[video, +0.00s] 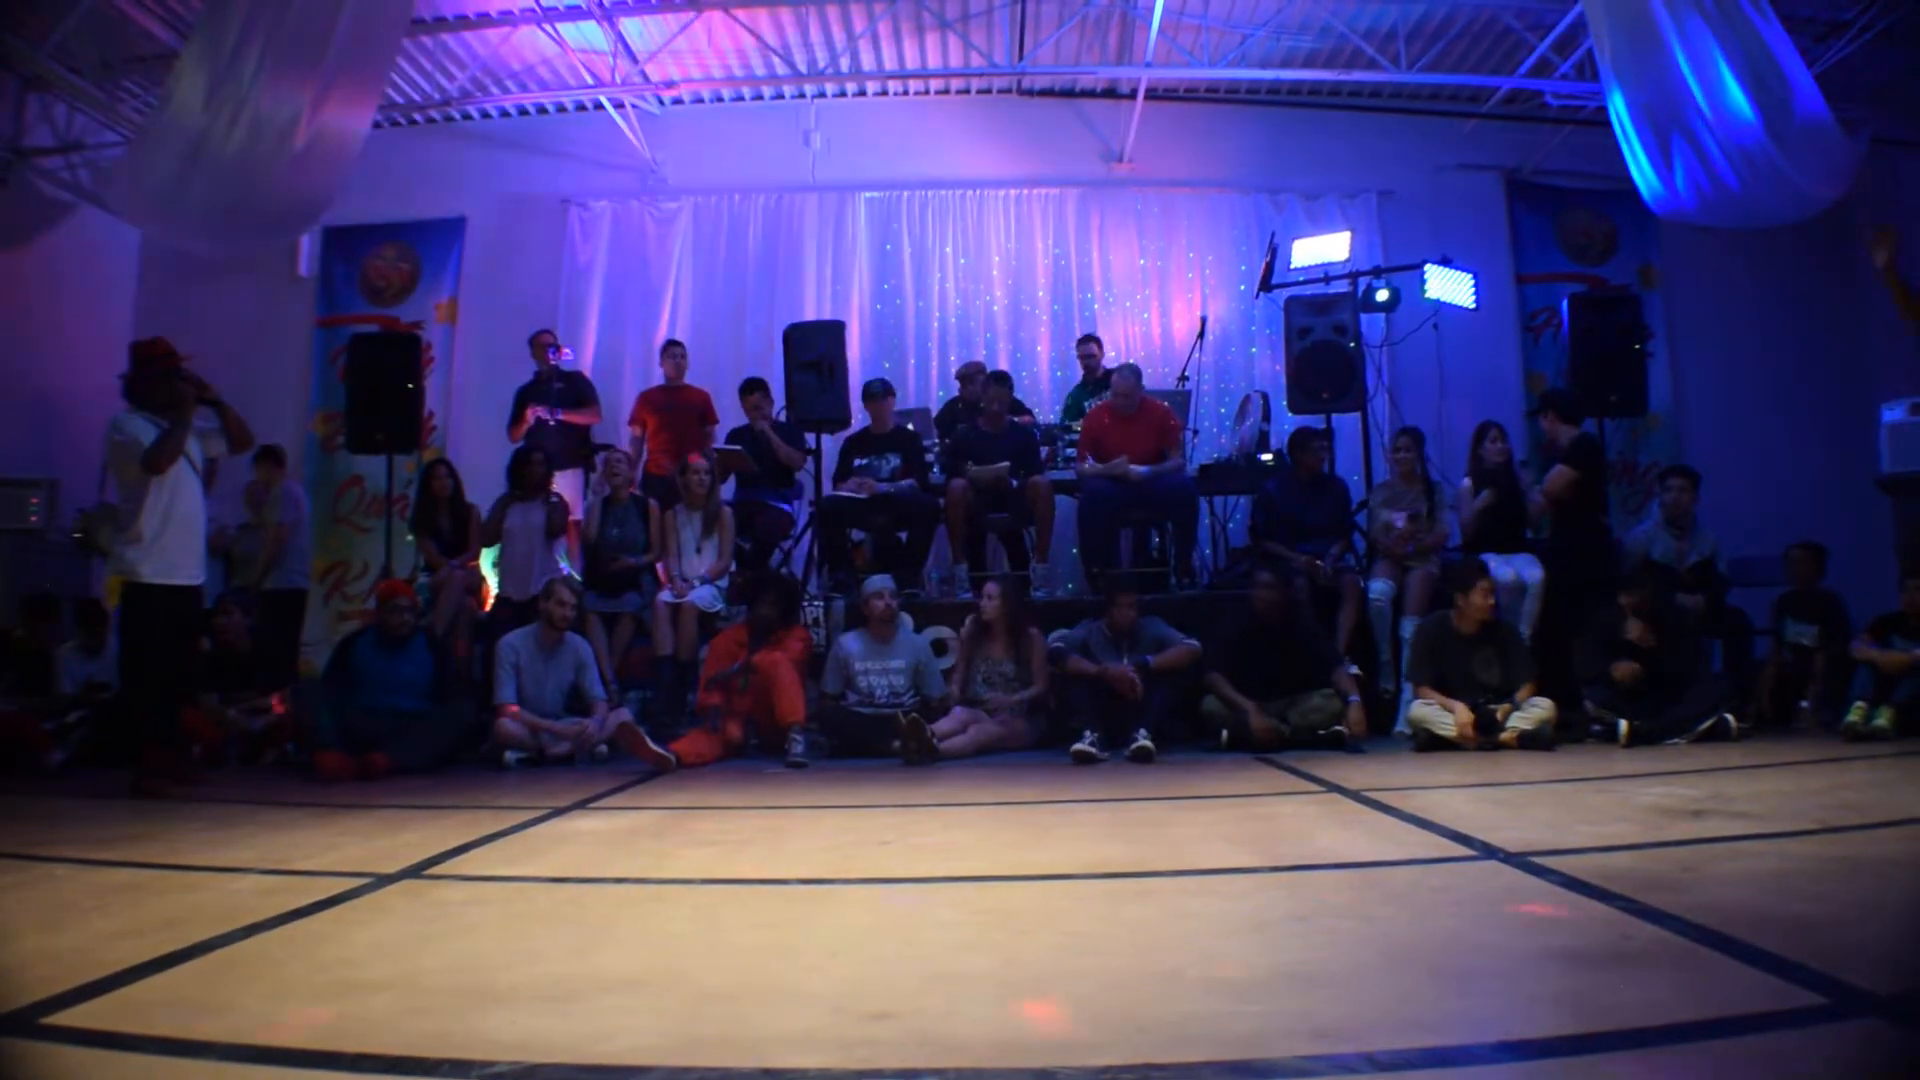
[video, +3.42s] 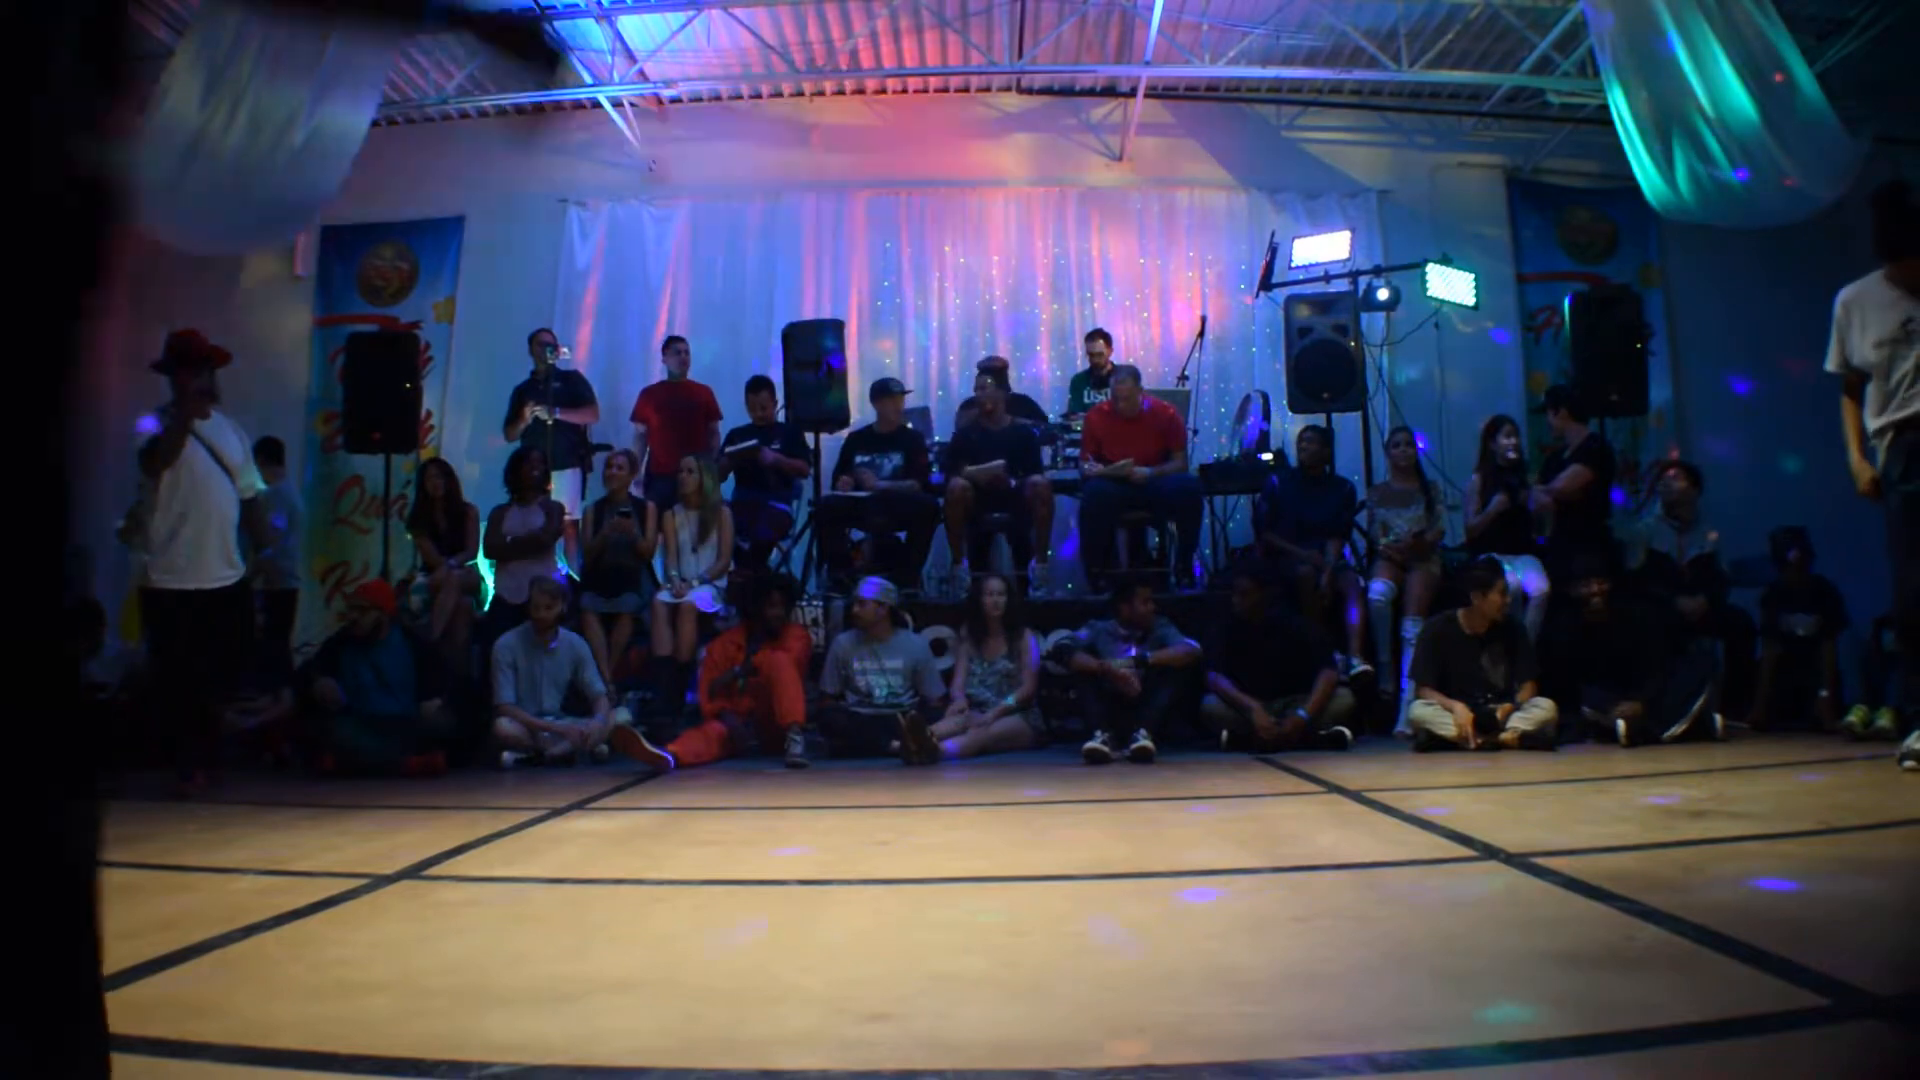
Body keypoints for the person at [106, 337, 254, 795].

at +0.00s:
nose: (176, 387)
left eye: (178, 378)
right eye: (165, 379)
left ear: (179, 385)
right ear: (143, 385)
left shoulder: (183, 433)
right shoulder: (127, 427)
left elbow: (241, 441)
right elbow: (155, 462)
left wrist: (213, 400)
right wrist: (184, 412)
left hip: (186, 580)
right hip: (147, 580)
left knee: (180, 681)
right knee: (148, 682)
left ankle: (176, 764)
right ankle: (147, 769)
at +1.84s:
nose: (179, 390)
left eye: (181, 383)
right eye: (169, 383)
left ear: (185, 387)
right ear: (147, 386)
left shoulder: (200, 433)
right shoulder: (126, 429)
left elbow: (245, 462)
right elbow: (130, 468)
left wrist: (250, 438)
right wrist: (165, 423)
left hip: (191, 581)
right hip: (143, 581)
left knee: (185, 682)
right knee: (144, 681)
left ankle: (177, 762)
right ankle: (143, 768)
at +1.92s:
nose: (182, 389)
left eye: (184, 381)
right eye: (171, 382)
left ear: (186, 387)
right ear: (147, 387)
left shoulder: (202, 435)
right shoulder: (125, 431)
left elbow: (256, 463)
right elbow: (124, 468)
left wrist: (250, 469)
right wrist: (156, 421)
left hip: (191, 585)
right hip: (142, 585)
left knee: (184, 685)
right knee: (144, 685)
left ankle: (177, 763)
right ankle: (143, 769)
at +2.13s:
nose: (173, 393)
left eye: (178, 385)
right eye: (163, 386)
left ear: (185, 388)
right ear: (144, 391)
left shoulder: (207, 437)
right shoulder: (128, 434)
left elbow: (241, 491)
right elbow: (117, 471)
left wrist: (240, 526)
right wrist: (150, 422)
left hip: (194, 585)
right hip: (142, 584)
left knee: (185, 681)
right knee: (143, 682)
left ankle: (177, 761)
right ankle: (142, 765)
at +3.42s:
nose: (207, 382)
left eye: (210, 373)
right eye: (196, 374)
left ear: (216, 377)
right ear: (174, 379)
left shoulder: (228, 431)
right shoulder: (153, 428)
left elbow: (251, 498)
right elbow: (155, 464)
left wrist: (266, 550)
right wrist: (186, 413)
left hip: (226, 582)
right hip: (172, 584)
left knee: (222, 682)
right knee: (177, 684)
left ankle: (215, 765)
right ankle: (183, 768)